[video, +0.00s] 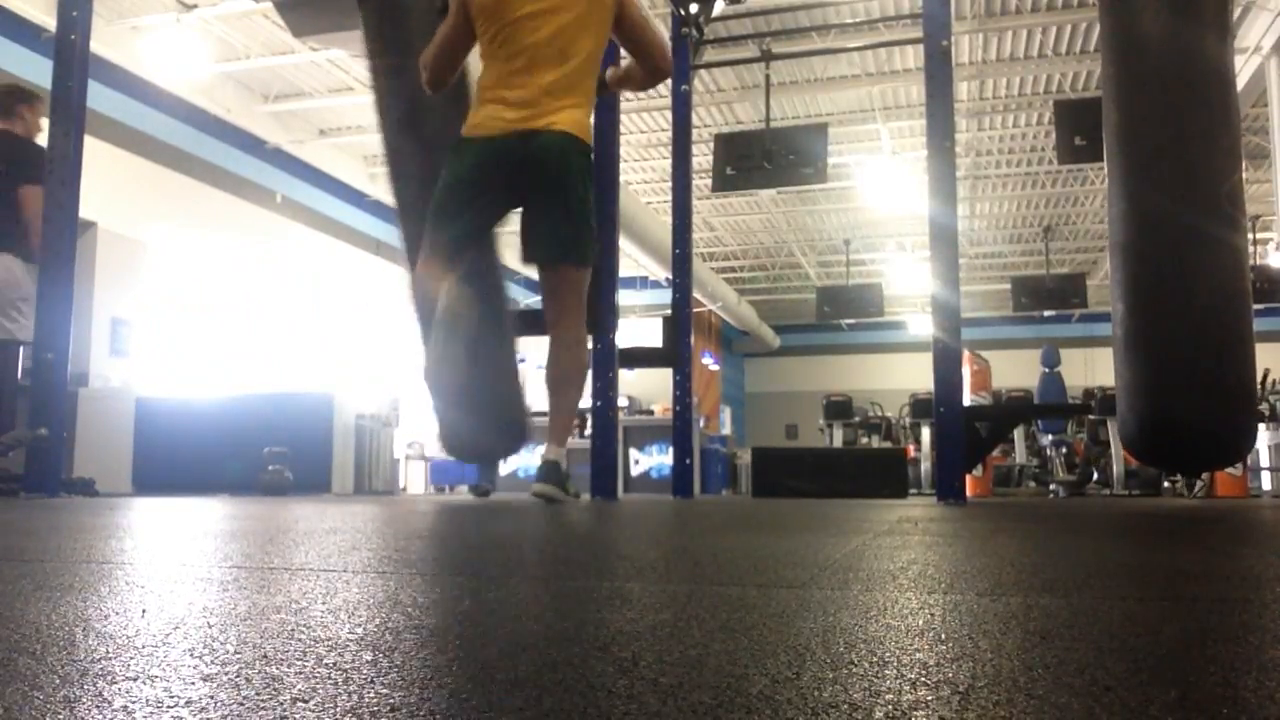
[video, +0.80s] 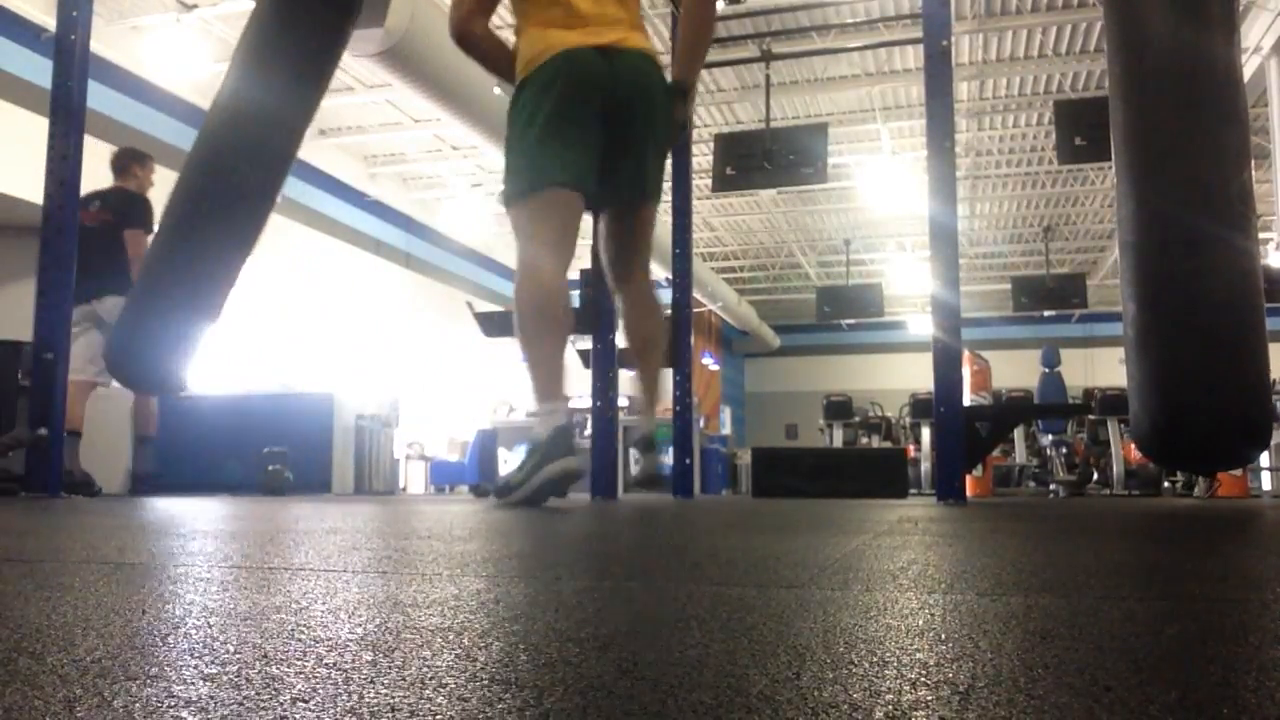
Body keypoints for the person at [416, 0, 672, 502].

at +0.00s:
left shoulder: (481, 2)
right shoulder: (605, 2)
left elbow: (435, 71)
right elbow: (657, 64)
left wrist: (441, 72)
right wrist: (610, 81)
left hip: (485, 142)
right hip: (563, 144)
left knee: (433, 273)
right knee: (567, 314)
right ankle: (554, 459)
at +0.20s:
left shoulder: (490, 2)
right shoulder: (619, 3)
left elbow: (433, 88)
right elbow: (676, 68)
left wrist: (405, 89)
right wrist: (634, 127)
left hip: (500, 149)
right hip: (577, 162)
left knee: (438, 216)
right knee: (577, 324)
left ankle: (381, 293)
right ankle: (546, 457)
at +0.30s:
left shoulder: (505, 1)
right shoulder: (632, 2)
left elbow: (447, 76)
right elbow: (693, 35)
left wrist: (414, 86)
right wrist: (666, 105)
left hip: (515, 130)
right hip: (591, 142)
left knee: (423, 236)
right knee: (578, 305)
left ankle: (356, 331)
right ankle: (557, 448)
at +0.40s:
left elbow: (466, 62)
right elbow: (701, 25)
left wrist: (459, 58)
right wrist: (677, 107)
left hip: (521, 114)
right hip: (598, 122)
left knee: (435, 245)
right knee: (594, 297)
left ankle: (393, 376)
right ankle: (587, 440)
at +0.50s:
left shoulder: (509, 0)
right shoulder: (638, 1)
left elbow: (463, 68)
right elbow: (704, 50)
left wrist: (502, 70)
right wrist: (680, 136)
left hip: (527, 143)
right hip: (604, 146)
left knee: (468, 291)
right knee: (595, 318)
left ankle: (470, 385)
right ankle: (602, 463)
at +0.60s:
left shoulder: (499, 3)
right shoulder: (636, 2)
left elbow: (462, 85)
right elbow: (689, 77)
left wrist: (528, 103)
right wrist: (680, 169)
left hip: (538, 142)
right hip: (614, 143)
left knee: (522, 312)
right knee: (584, 320)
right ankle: (596, 466)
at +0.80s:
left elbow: (467, 25)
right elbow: (700, 4)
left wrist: (530, 76)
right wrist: (683, 91)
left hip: (555, 75)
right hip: (641, 75)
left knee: (542, 260)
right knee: (632, 269)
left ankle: (552, 430)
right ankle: (647, 435)